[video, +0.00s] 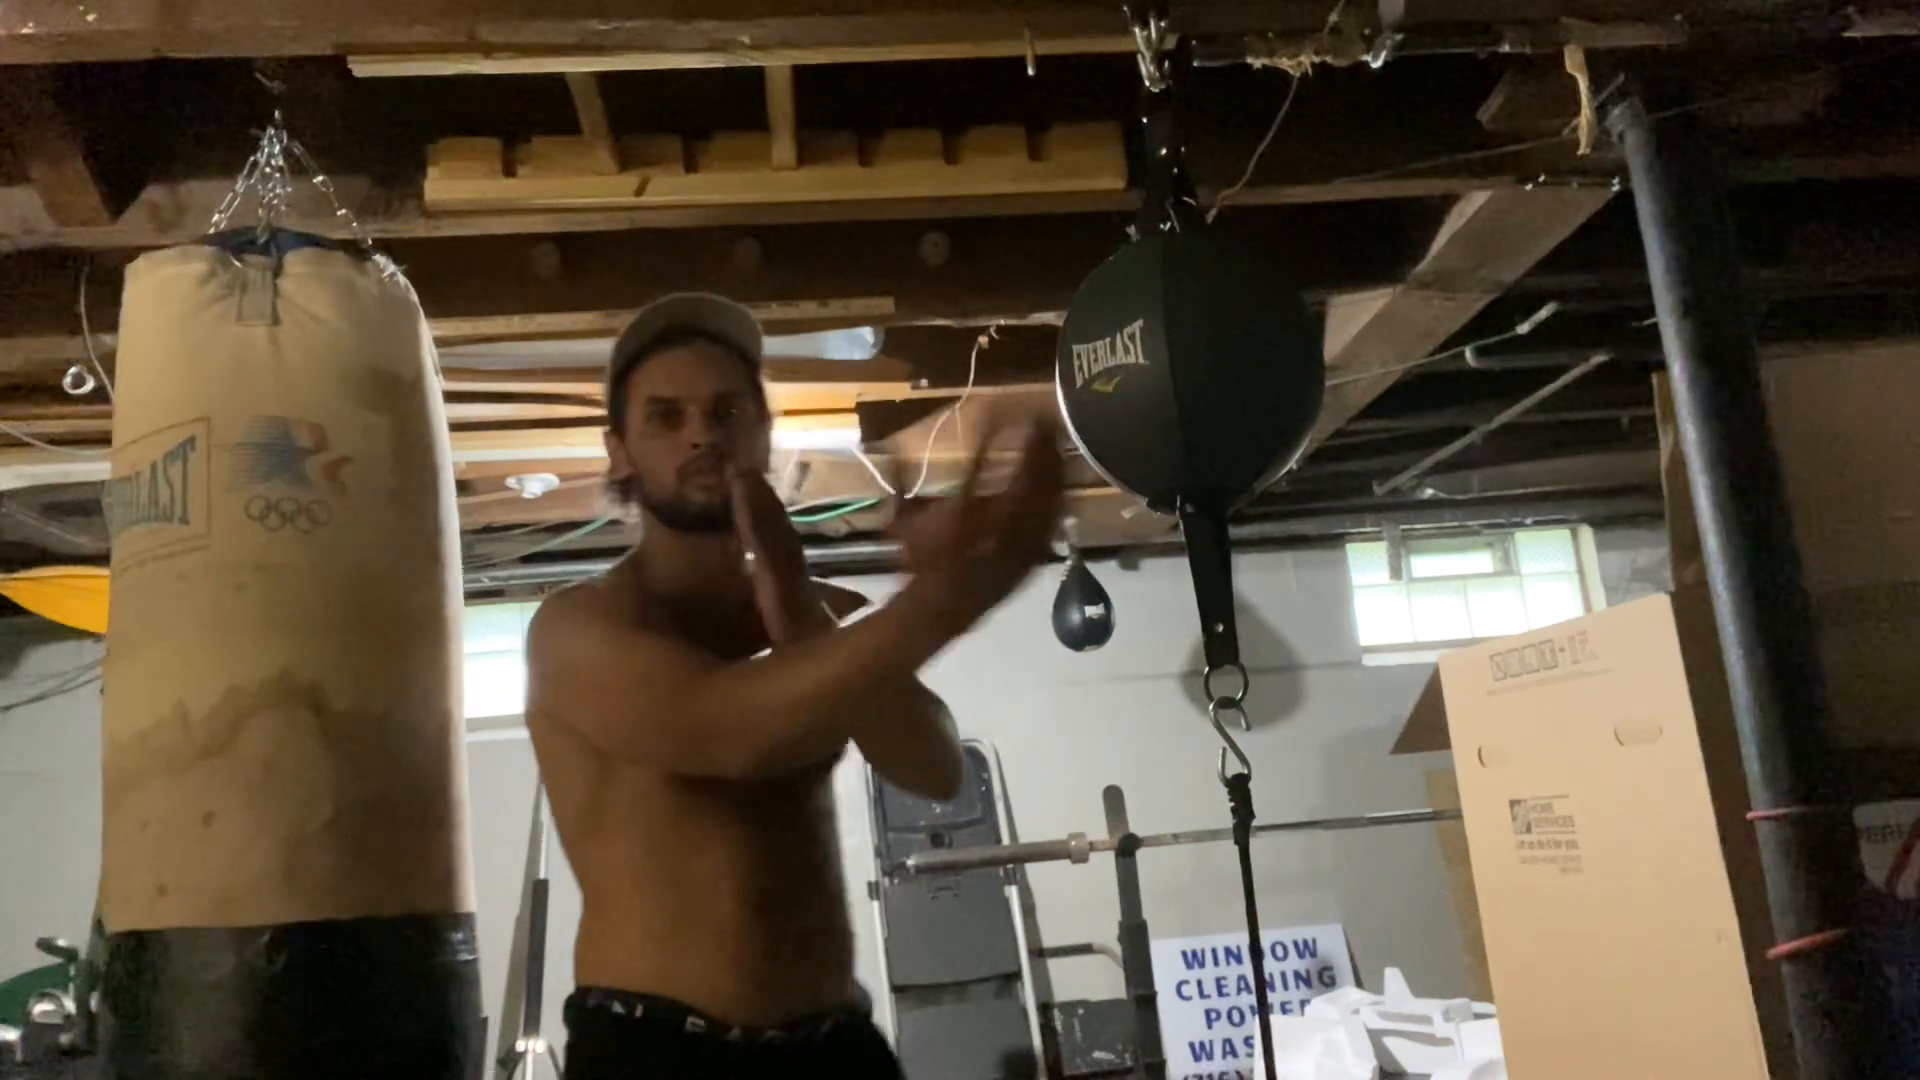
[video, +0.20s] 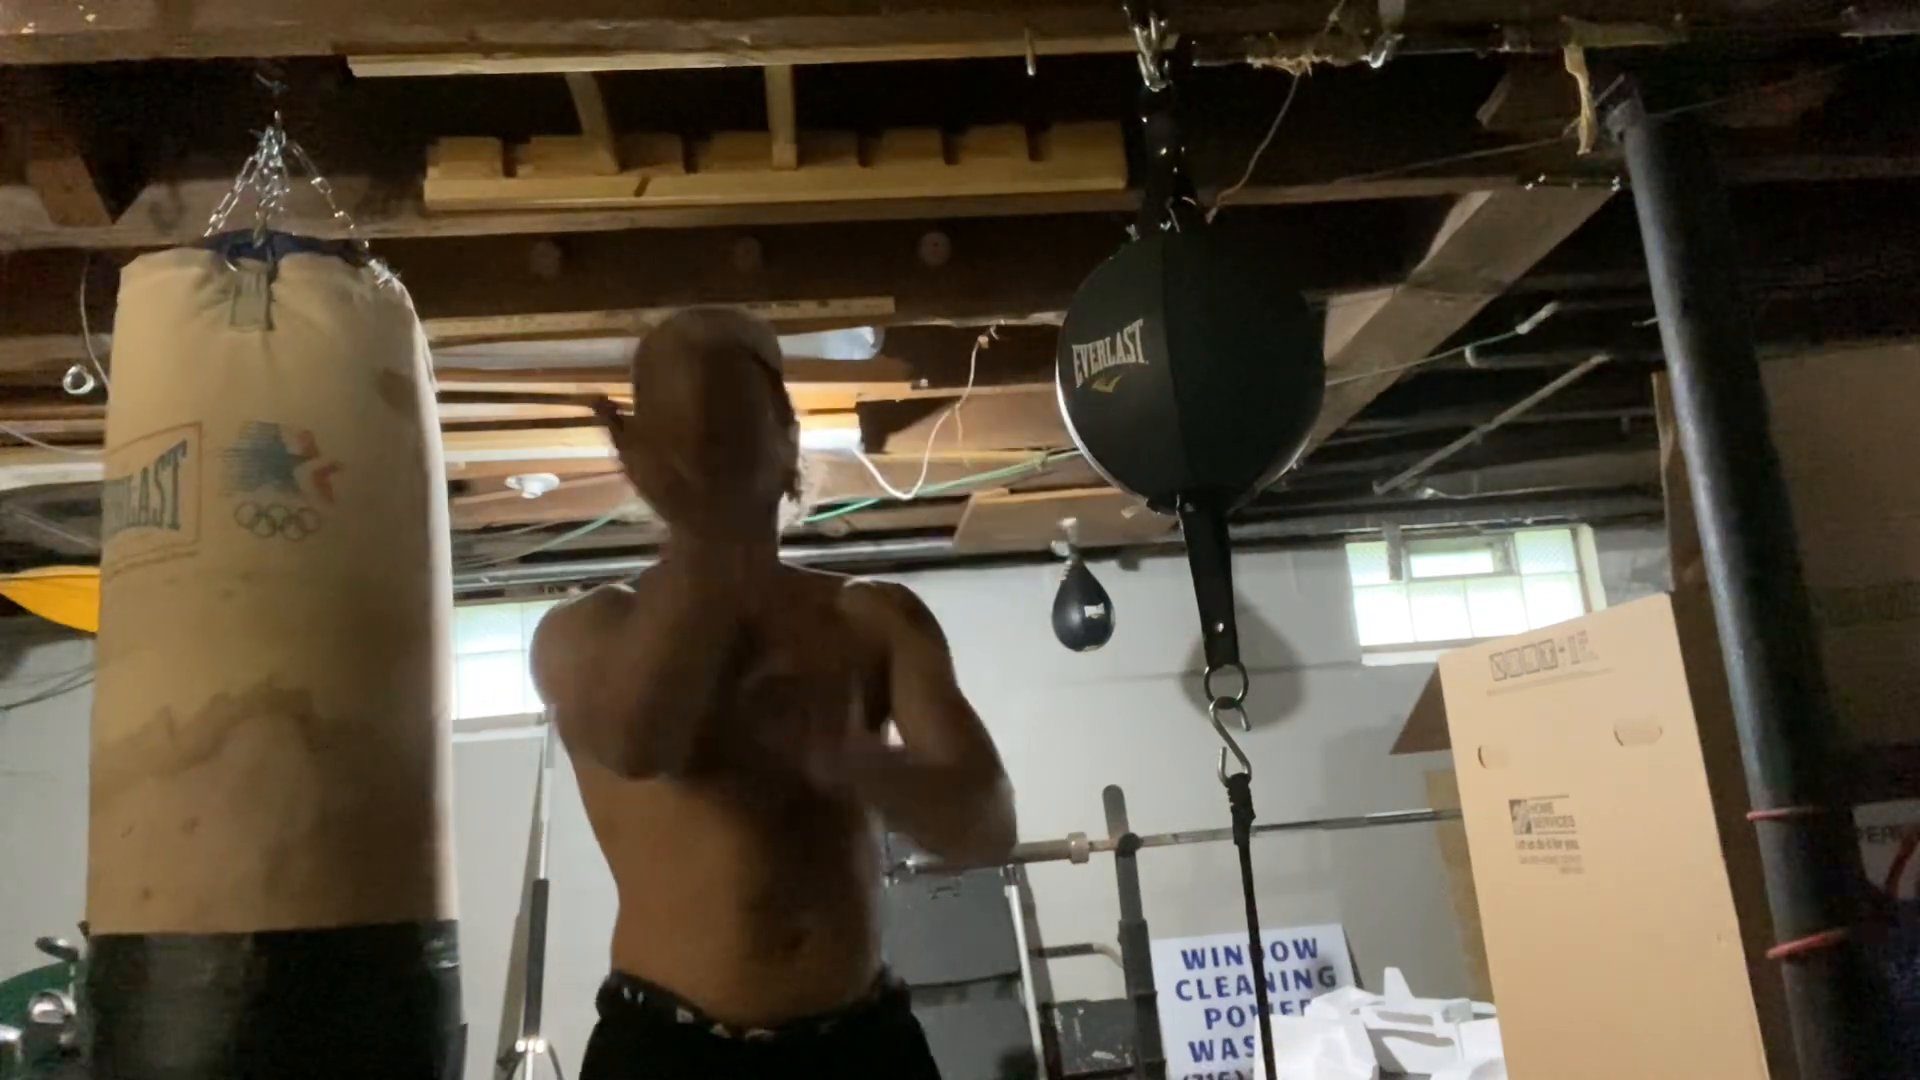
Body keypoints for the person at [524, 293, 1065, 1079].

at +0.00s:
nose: (703, 439)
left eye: (727, 412)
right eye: (665, 417)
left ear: (767, 439)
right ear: (621, 455)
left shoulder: (823, 613)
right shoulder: (576, 628)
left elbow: (936, 772)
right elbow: (734, 732)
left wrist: (806, 638)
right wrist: (942, 599)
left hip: (829, 1044)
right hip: (652, 1047)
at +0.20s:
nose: (713, 435)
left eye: (740, 406)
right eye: (685, 412)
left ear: (789, 445)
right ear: (645, 452)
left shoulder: (878, 618)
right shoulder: (587, 631)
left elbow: (987, 827)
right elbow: (637, 737)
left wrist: (858, 763)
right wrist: (708, 530)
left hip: (859, 1045)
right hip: (669, 1048)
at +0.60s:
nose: (689, 452)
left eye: (719, 423)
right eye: (660, 429)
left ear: (771, 444)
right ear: (629, 458)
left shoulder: (860, 606)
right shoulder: (576, 638)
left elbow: (810, 776)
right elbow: (574, 804)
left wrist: (547, 742)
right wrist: (586, 562)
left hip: (837, 1039)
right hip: (649, 1051)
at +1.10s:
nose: (787, 433)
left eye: (816, 398)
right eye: (762, 411)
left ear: (888, 418)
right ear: (742, 438)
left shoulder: (952, 558)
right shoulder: (771, 617)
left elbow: (764, 680)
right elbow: (653, 796)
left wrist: (413, 601)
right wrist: (609, 574)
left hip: (960, 1018)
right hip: (805, 1034)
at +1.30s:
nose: (790, 446)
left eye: (817, 412)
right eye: (763, 424)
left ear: (885, 428)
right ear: (743, 452)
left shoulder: (952, 576)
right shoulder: (747, 615)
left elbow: (812, 700)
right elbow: (640, 784)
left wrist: (475, 624)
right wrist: (625, 559)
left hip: (943, 1018)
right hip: (786, 1030)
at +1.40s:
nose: (786, 437)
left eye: (814, 405)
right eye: (755, 416)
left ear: (869, 430)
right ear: (727, 447)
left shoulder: (949, 582)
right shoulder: (705, 606)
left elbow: (837, 717)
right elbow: (615, 765)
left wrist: (555, 640)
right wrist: (632, 535)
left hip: (929, 1007)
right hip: (762, 1025)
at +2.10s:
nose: (840, 416)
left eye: (865, 385)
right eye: (809, 391)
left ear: (917, 412)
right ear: (771, 419)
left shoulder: (986, 567)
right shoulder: (722, 611)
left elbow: (1268, 669)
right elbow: (513, 780)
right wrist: (679, 629)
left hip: (1016, 1006)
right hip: (819, 1022)